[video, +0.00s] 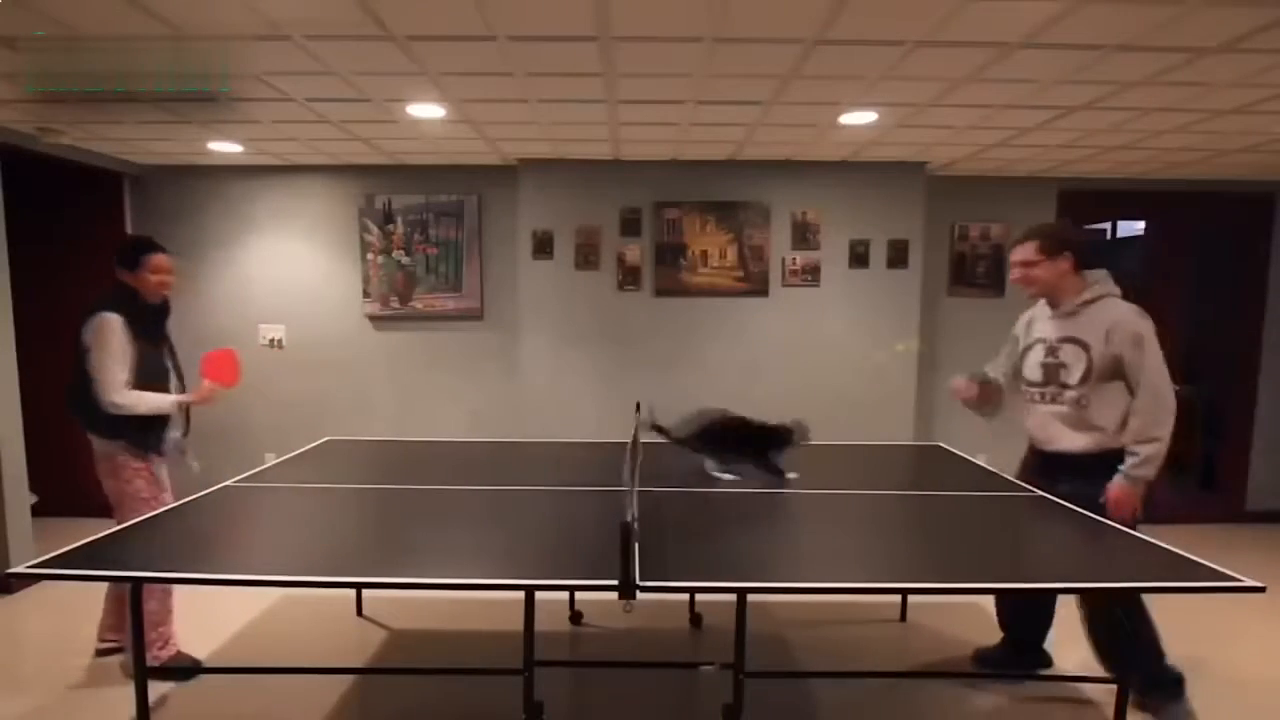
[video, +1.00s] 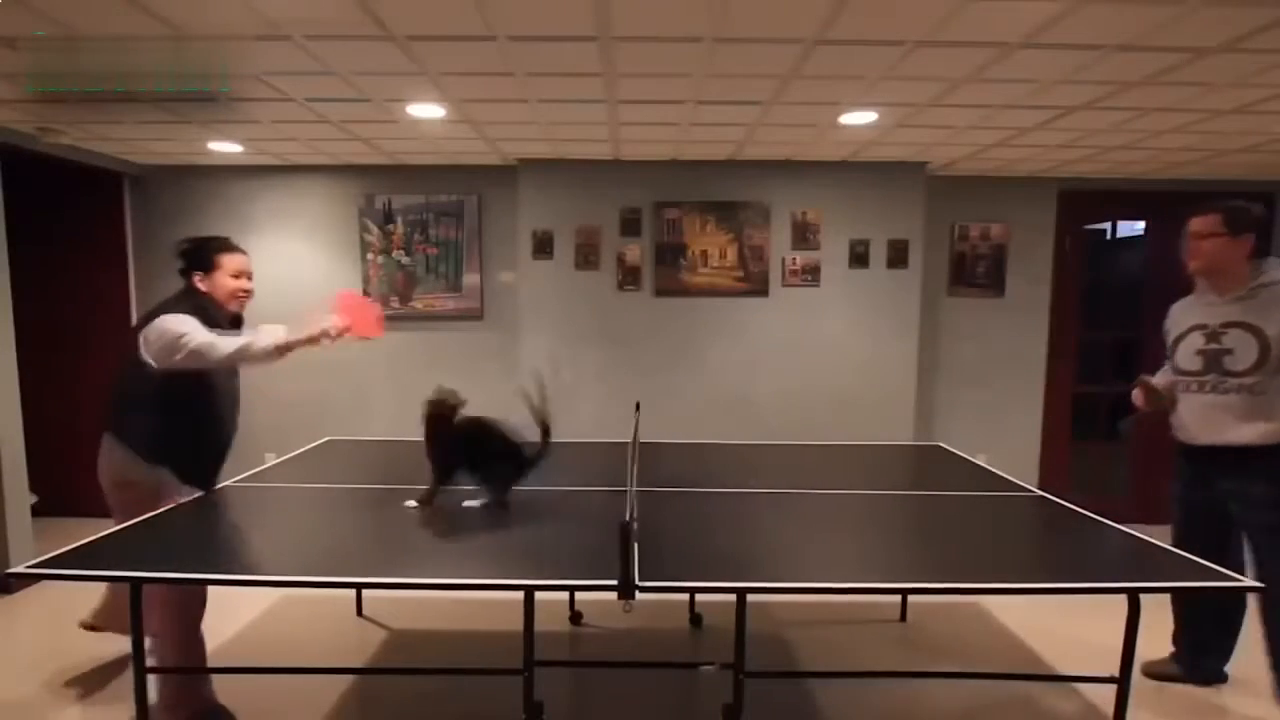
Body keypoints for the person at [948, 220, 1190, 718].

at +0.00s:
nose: (1017, 277)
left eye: (1026, 266)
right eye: (1014, 268)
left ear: (1064, 263)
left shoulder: (1124, 322)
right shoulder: (1030, 321)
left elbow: (1157, 403)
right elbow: (1001, 387)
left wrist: (1133, 476)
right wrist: (979, 393)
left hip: (1100, 469)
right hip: (1041, 464)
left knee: (1104, 586)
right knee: (1018, 555)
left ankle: (1160, 692)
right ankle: (1022, 647)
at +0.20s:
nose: (1078, 256)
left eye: (1089, 246)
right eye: (1075, 248)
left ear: (1122, 250)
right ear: (1072, 257)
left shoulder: (1166, 314)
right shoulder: (1064, 313)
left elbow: (1197, 404)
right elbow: (1033, 358)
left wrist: (1174, 476)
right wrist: (991, 361)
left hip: (1132, 468)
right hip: (1062, 462)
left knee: (1145, 586)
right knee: (1036, 558)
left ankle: (1210, 691)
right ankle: (1021, 648)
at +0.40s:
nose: (1139, 253)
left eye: (1151, 243)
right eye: (1139, 242)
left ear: (1190, 249)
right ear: (1143, 250)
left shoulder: (1238, 318)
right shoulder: (1149, 307)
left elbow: (1266, 415)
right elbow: (1150, 380)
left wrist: (1243, 492)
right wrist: (1109, 393)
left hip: (1200, 475)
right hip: (1140, 467)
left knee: (1202, 595)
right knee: (1103, 568)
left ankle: (1212, 698)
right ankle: (1052, 656)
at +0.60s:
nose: (1162, 249)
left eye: (1175, 240)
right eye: (1160, 240)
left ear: (1215, 246)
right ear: (1160, 246)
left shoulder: (1263, 307)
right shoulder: (1162, 306)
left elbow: (1278, 396)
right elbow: (1163, 370)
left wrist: (1276, 478)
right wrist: (1140, 387)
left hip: (1240, 464)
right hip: (1174, 459)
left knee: (1231, 582)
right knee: (1175, 566)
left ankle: (1219, 694)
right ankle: (1187, 654)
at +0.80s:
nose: (1157, 255)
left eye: (1169, 245)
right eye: (1154, 246)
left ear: (1208, 250)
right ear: (1156, 253)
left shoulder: (1264, 305)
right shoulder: (1159, 314)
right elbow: (1166, 369)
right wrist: (1144, 392)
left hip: (1253, 457)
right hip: (1189, 457)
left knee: (1248, 573)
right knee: (1189, 563)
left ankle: (1242, 686)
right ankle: (1195, 656)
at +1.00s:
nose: (1190, 247)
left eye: (1203, 237)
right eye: (1189, 238)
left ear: (1243, 243)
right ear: (1186, 246)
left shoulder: (1272, 295)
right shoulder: (1181, 311)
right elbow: (1178, 371)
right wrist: (1154, 388)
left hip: (1263, 456)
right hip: (1199, 457)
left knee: (1273, 572)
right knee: (1201, 562)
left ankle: (1279, 675)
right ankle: (1199, 660)